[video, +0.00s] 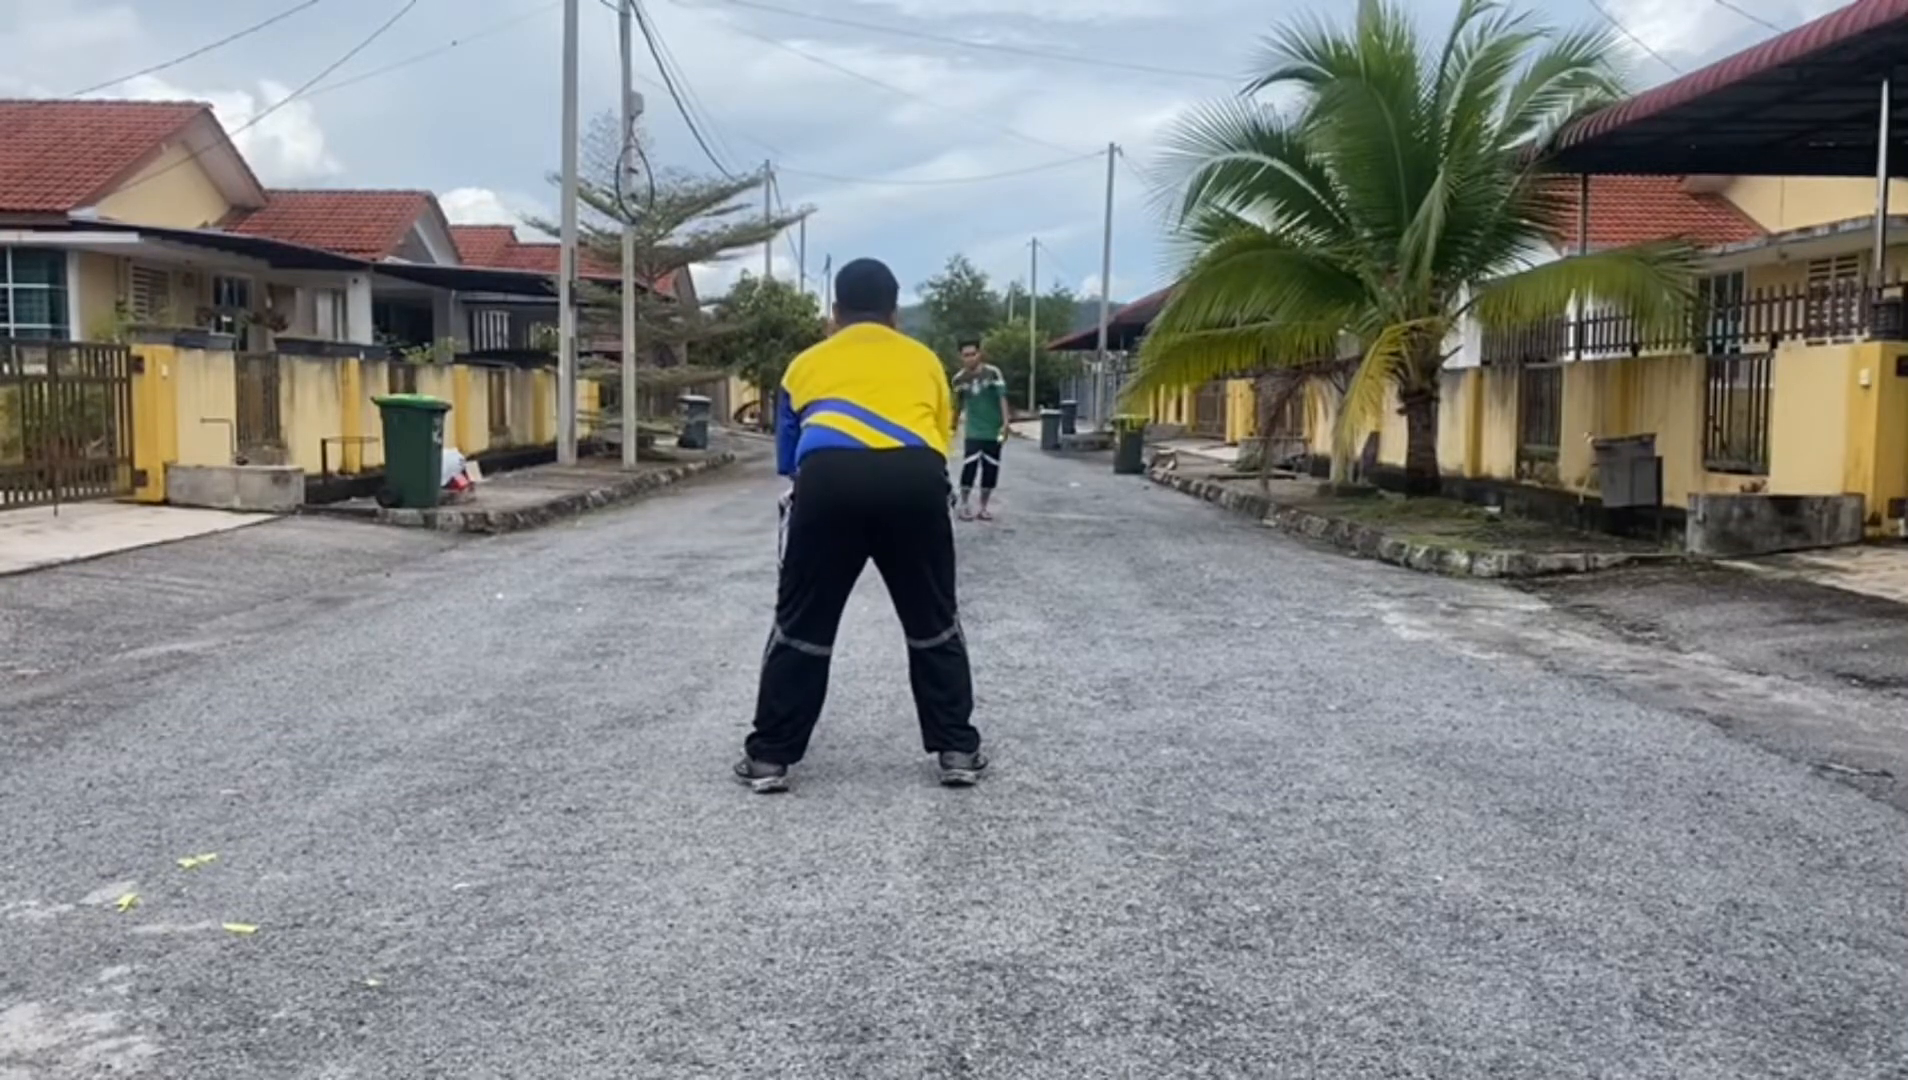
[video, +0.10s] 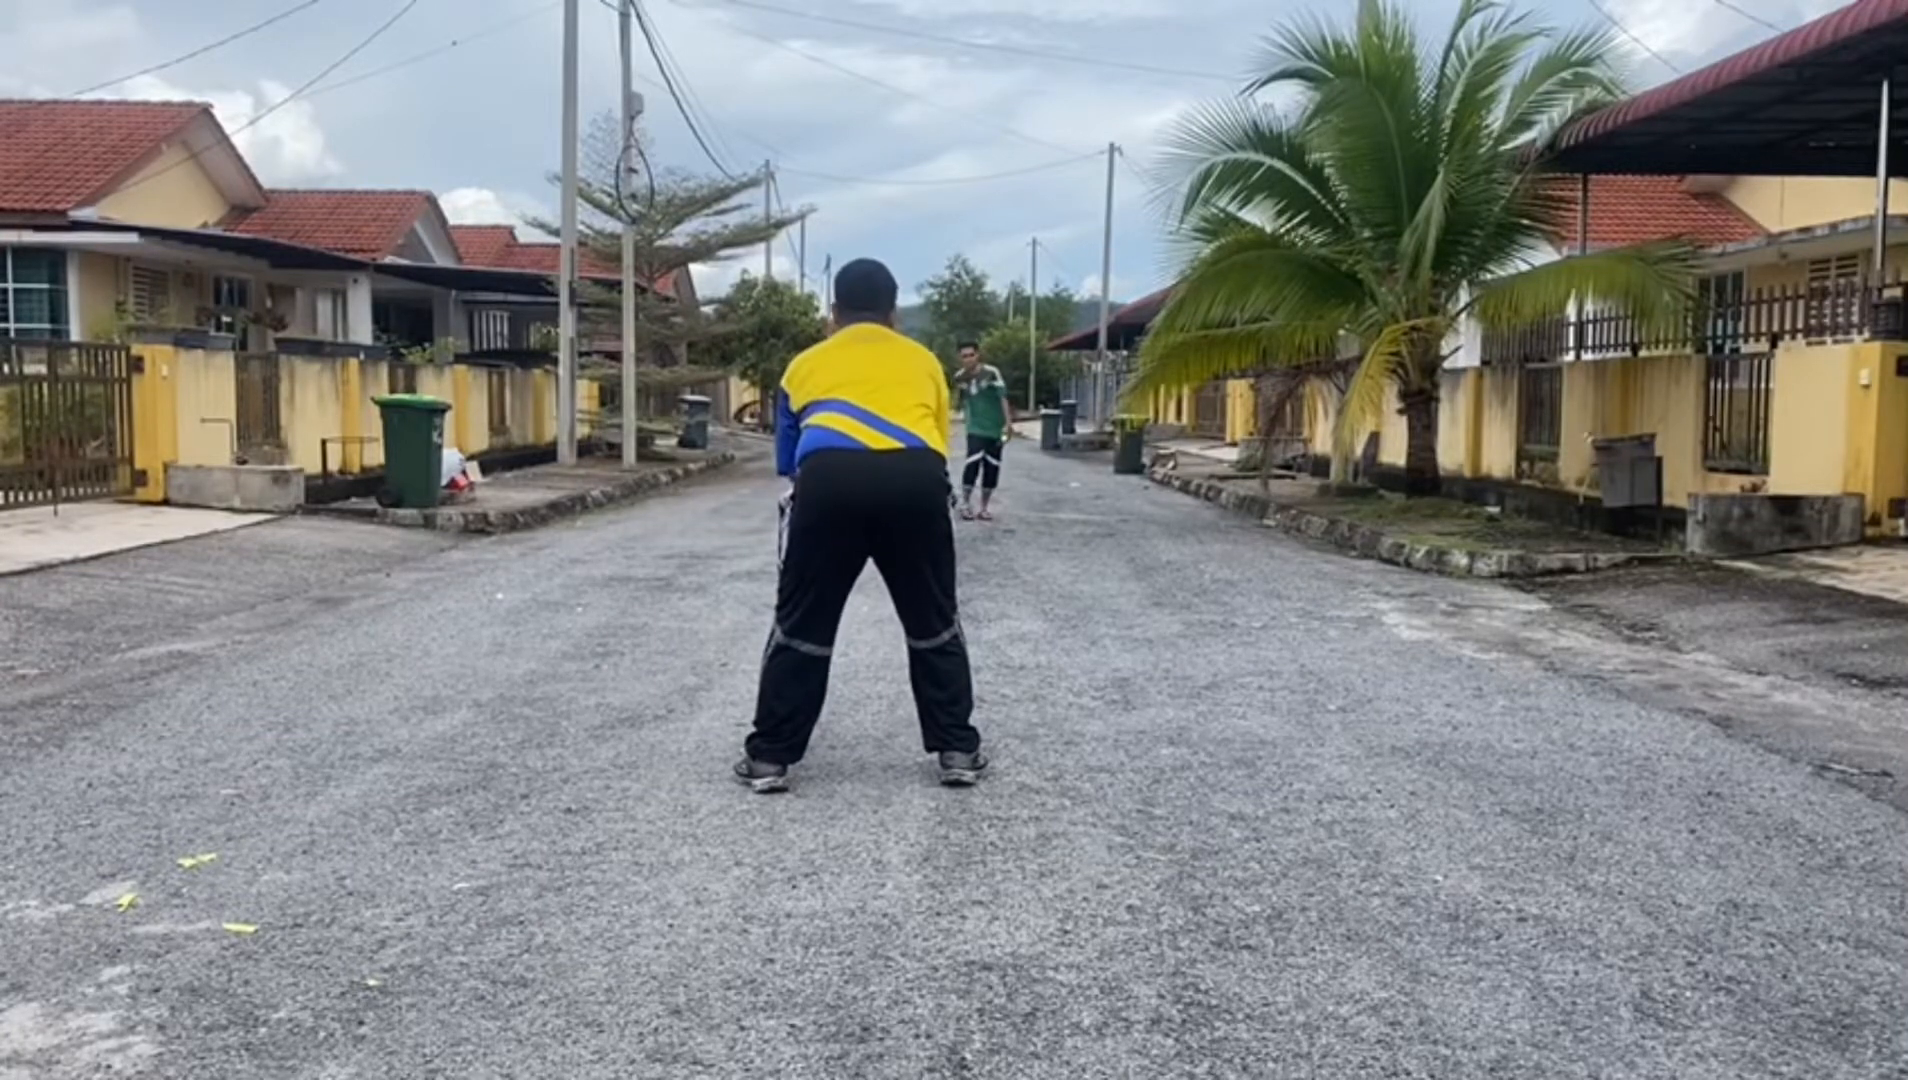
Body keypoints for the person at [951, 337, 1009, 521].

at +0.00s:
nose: (970, 359)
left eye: (973, 354)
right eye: (966, 355)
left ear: (980, 354)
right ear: (961, 358)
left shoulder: (993, 373)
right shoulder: (959, 379)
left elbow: (1002, 398)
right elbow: (957, 404)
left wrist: (1005, 422)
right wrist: (954, 423)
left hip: (993, 429)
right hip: (973, 430)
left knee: (990, 471)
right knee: (969, 468)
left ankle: (983, 506)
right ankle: (964, 504)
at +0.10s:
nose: (968, 360)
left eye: (971, 355)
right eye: (964, 356)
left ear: (978, 356)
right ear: (960, 359)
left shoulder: (992, 373)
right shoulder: (962, 378)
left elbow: (1003, 398)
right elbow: (957, 379)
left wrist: (1008, 422)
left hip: (995, 428)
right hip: (975, 428)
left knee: (991, 470)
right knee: (972, 465)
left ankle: (984, 507)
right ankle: (965, 503)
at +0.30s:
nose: (966, 360)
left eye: (969, 355)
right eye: (963, 356)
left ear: (977, 356)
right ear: (959, 359)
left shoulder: (991, 373)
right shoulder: (960, 379)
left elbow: (1003, 398)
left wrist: (1009, 421)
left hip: (996, 428)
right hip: (975, 428)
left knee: (992, 468)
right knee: (975, 466)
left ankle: (984, 507)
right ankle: (970, 506)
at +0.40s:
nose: (967, 358)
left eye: (970, 354)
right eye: (963, 355)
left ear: (977, 355)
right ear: (959, 359)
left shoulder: (992, 373)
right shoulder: (958, 380)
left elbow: (1003, 398)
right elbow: (960, 405)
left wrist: (1008, 422)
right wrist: (961, 424)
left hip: (996, 427)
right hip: (976, 428)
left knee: (993, 469)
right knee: (975, 466)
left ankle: (985, 508)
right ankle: (971, 507)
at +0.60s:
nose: (970, 354)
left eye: (973, 350)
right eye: (966, 351)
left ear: (980, 351)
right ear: (962, 354)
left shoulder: (993, 370)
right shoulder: (959, 377)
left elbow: (1002, 396)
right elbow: (956, 403)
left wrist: (1007, 420)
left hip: (995, 428)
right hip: (974, 429)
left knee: (992, 470)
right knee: (972, 469)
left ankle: (985, 507)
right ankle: (970, 507)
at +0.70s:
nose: (973, 352)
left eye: (976, 347)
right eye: (969, 348)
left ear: (982, 349)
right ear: (964, 352)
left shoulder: (993, 370)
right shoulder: (963, 372)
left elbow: (1000, 397)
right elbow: (960, 375)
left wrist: (1007, 420)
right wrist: (965, 364)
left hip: (993, 426)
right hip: (974, 426)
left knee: (991, 468)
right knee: (972, 466)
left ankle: (984, 506)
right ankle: (970, 506)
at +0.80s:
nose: (975, 351)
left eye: (978, 347)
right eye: (971, 347)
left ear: (983, 349)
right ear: (965, 351)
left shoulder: (992, 371)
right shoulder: (965, 370)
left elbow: (999, 398)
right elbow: (957, 354)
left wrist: (1006, 421)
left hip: (992, 424)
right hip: (974, 424)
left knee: (991, 466)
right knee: (973, 465)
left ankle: (984, 505)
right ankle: (971, 506)